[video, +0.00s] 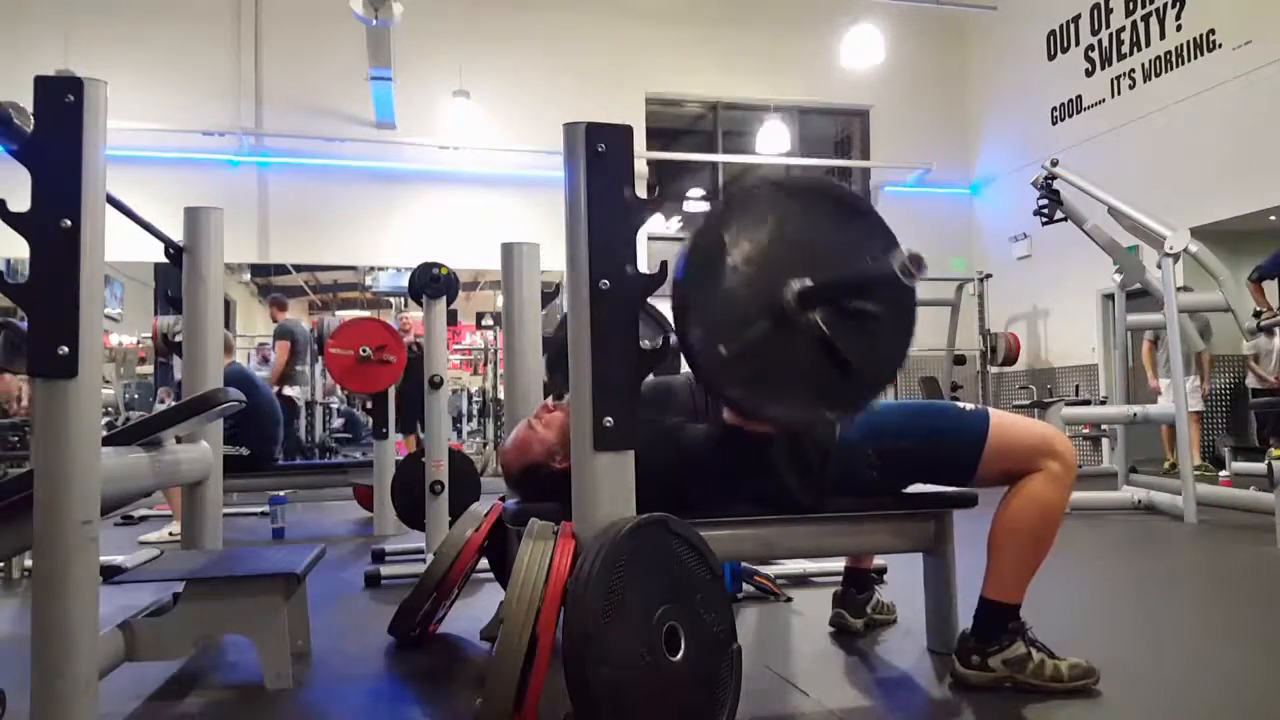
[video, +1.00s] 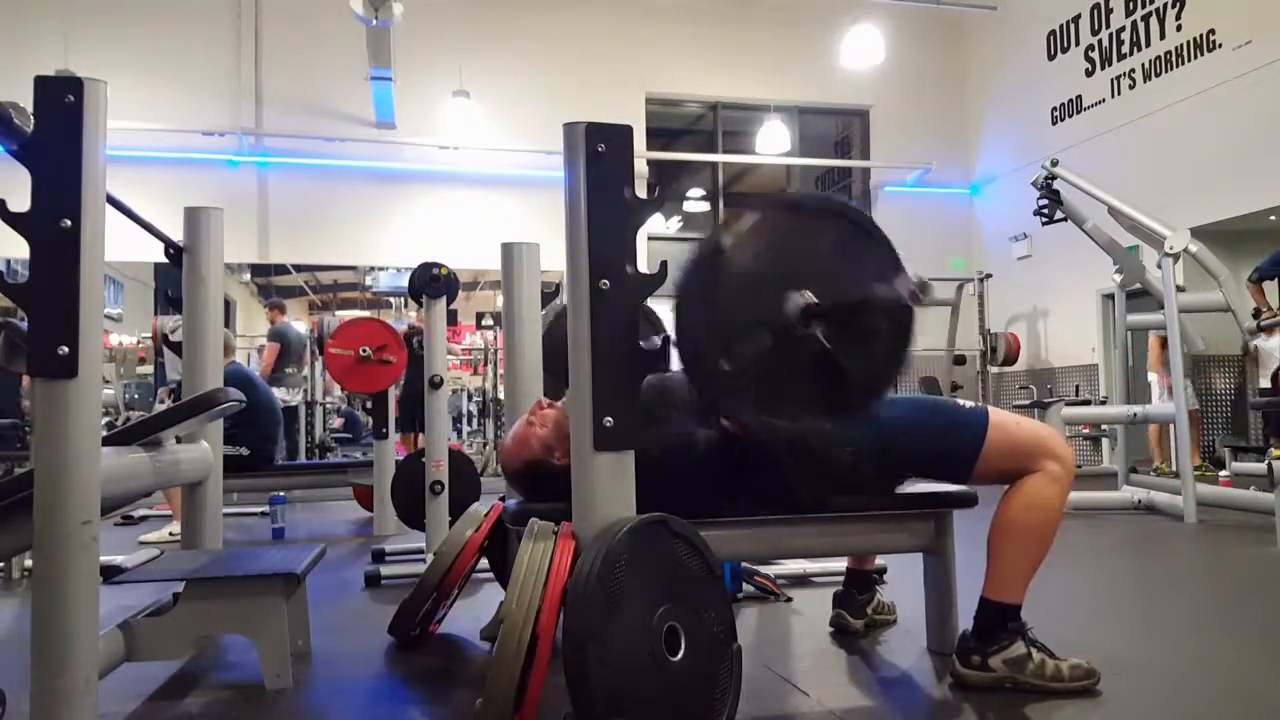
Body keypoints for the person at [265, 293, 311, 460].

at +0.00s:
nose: (269, 314)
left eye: (269, 310)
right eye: (269, 310)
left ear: (274, 309)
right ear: (285, 308)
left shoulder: (284, 328)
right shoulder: (300, 327)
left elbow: (281, 358)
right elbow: (305, 357)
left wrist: (272, 381)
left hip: (288, 384)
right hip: (303, 382)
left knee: (288, 425)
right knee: (296, 423)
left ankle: (289, 459)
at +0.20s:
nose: (265, 314)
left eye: (265, 310)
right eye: (265, 310)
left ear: (270, 309)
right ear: (281, 308)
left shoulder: (278, 328)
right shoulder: (298, 328)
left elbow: (271, 360)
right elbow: (300, 358)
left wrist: (264, 383)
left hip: (285, 382)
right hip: (300, 380)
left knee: (285, 426)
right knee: (288, 425)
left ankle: (293, 465)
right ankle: (293, 463)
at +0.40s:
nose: (264, 314)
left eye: (265, 310)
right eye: (264, 310)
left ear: (270, 309)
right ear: (280, 309)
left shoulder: (275, 329)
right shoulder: (296, 329)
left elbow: (267, 362)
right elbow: (300, 360)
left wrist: (263, 383)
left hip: (282, 384)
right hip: (298, 383)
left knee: (284, 426)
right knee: (291, 426)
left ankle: (287, 462)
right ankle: (292, 462)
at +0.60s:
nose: (264, 315)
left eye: (265, 311)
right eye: (264, 311)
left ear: (272, 310)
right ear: (279, 310)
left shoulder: (275, 330)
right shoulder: (297, 330)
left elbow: (266, 361)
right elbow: (303, 359)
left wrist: (262, 381)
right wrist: (295, 372)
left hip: (281, 382)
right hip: (298, 381)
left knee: (284, 425)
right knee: (292, 425)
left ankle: (287, 462)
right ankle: (292, 461)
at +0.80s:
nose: (266, 317)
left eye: (267, 313)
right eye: (265, 313)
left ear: (274, 311)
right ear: (280, 311)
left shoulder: (275, 330)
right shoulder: (300, 332)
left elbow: (267, 362)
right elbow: (306, 361)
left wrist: (262, 379)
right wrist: (295, 373)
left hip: (280, 383)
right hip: (298, 382)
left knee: (280, 425)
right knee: (292, 427)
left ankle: (279, 461)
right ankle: (293, 461)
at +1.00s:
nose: (267, 317)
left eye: (268, 313)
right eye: (266, 313)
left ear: (276, 312)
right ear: (281, 312)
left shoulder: (276, 331)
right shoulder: (299, 333)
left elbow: (268, 363)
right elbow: (306, 361)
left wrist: (259, 383)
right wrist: (296, 374)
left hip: (278, 383)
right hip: (296, 382)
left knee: (274, 424)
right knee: (291, 426)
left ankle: (275, 460)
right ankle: (293, 462)